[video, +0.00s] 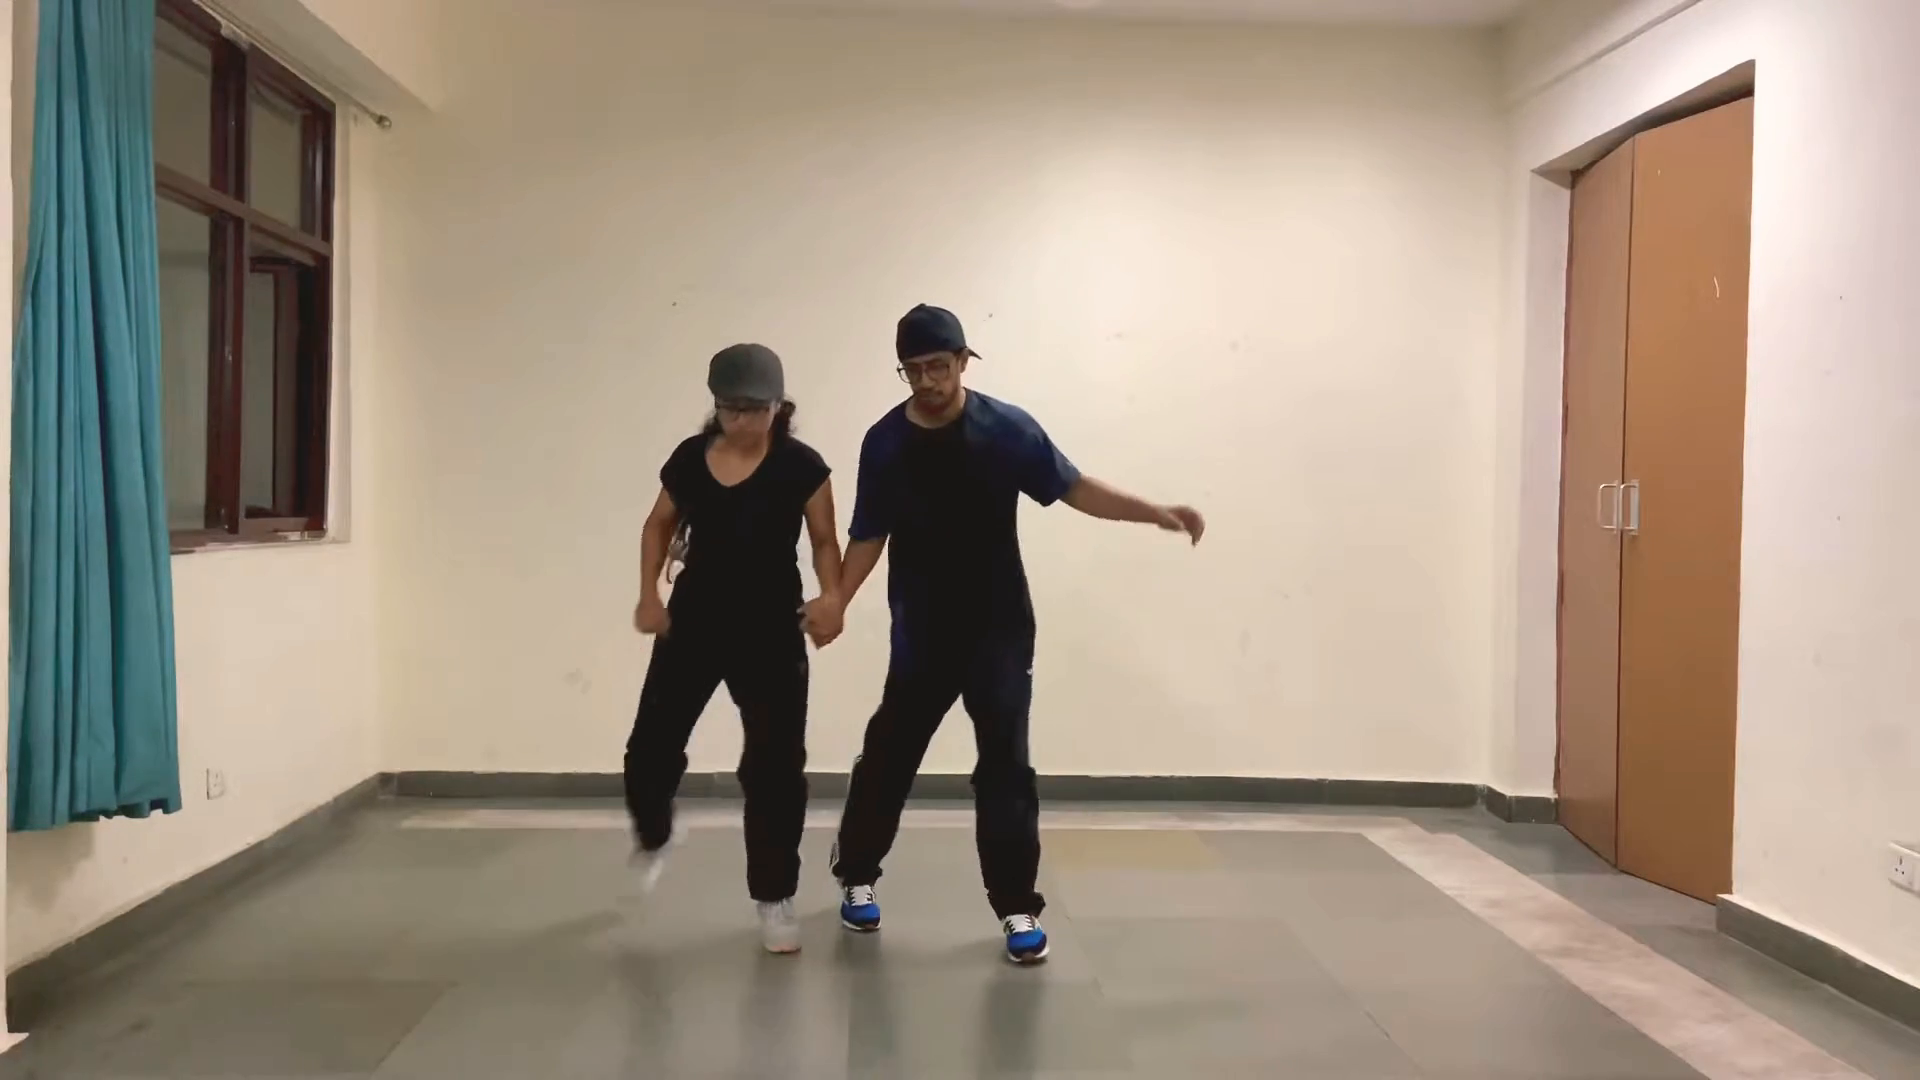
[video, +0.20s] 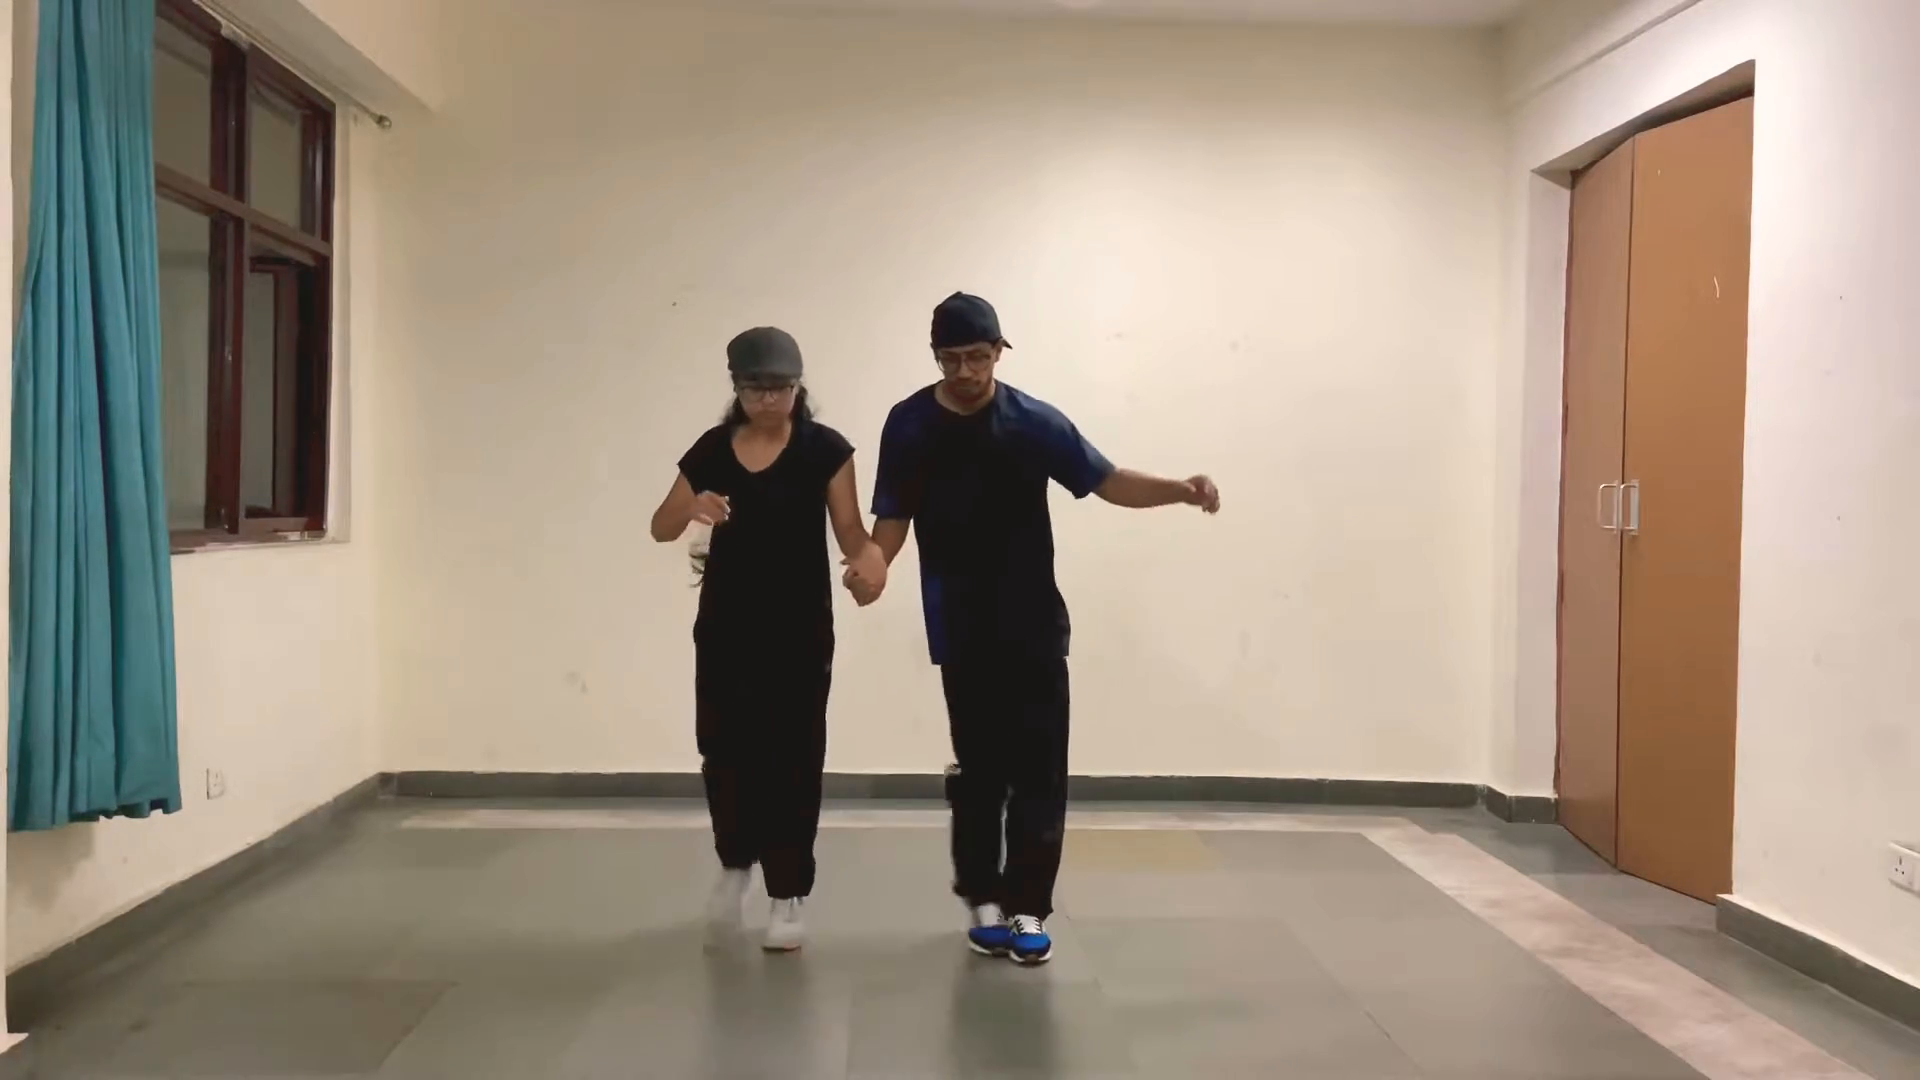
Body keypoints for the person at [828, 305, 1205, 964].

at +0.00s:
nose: (931, 381)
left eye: (942, 366)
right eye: (917, 369)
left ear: (964, 361)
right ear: (903, 370)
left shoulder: (1007, 430)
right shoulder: (886, 443)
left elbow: (1075, 488)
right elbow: (866, 537)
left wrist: (1159, 514)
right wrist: (833, 602)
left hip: (999, 627)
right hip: (922, 629)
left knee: (1006, 763)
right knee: (891, 752)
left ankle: (1018, 906)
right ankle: (858, 875)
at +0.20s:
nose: (968, 370)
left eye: (980, 356)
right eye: (955, 358)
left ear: (999, 352)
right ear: (936, 357)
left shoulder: (1034, 422)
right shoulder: (910, 426)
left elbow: (1108, 482)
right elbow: (891, 516)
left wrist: (1183, 489)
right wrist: (872, 565)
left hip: (1034, 625)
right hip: (961, 629)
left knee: (1041, 772)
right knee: (982, 767)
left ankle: (1029, 912)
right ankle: (983, 902)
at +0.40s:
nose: (993, 374)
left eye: (1005, 361)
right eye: (980, 362)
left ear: (1023, 360)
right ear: (960, 361)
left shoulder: (1056, 430)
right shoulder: (935, 435)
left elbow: (1084, 525)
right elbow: (915, 538)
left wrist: (1132, 607)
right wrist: (886, 620)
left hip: (1046, 622)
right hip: (971, 625)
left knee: (1050, 759)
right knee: (975, 762)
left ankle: (1045, 900)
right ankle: (982, 901)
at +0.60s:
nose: (1009, 379)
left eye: (1022, 366)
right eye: (996, 366)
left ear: (1040, 366)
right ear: (977, 365)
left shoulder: (1066, 433)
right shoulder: (947, 436)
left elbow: (1062, 546)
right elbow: (937, 533)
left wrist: (992, 625)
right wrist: (923, 616)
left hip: (1080, 615)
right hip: (1006, 623)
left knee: (1127, 747)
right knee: (1016, 761)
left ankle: (1149, 894)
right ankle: (998, 899)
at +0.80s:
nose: (1025, 384)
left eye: (1038, 372)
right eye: (1013, 371)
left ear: (1056, 373)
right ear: (994, 370)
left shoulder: (1080, 441)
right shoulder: (963, 438)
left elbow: (1087, 551)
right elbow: (947, 518)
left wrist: (989, 591)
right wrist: (972, 595)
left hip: (1102, 621)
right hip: (1029, 629)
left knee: (1149, 762)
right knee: (1042, 771)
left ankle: (1179, 905)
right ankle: (1005, 900)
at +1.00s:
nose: (1030, 371)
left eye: (1042, 359)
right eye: (1017, 359)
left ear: (1062, 359)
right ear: (999, 361)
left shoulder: (1096, 434)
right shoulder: (975, 431)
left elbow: (1133, 530)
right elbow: (958, 515)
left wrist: (1093, 561)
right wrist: (936, 583)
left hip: (1069, 619)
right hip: (993, 618)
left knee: (1081, 756)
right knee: (989, 765)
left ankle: (1134, 873)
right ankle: (990, 898)